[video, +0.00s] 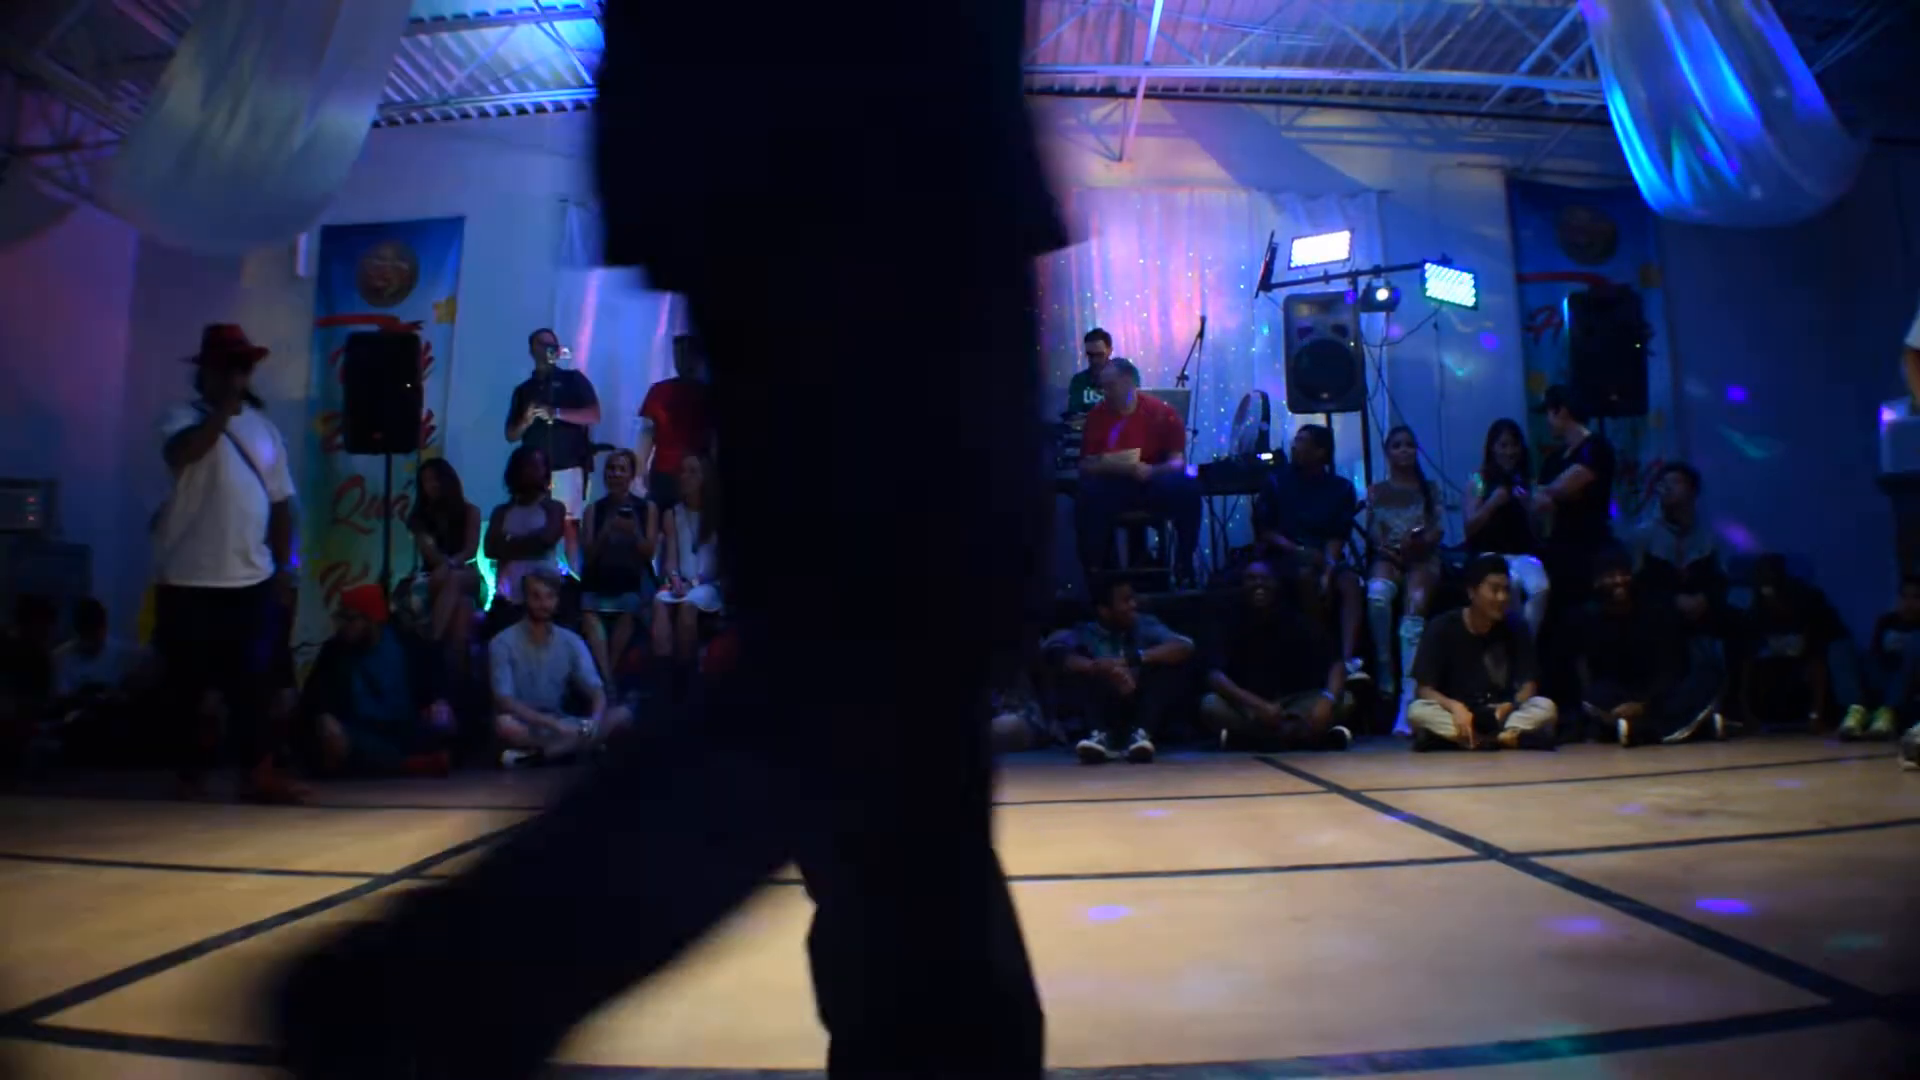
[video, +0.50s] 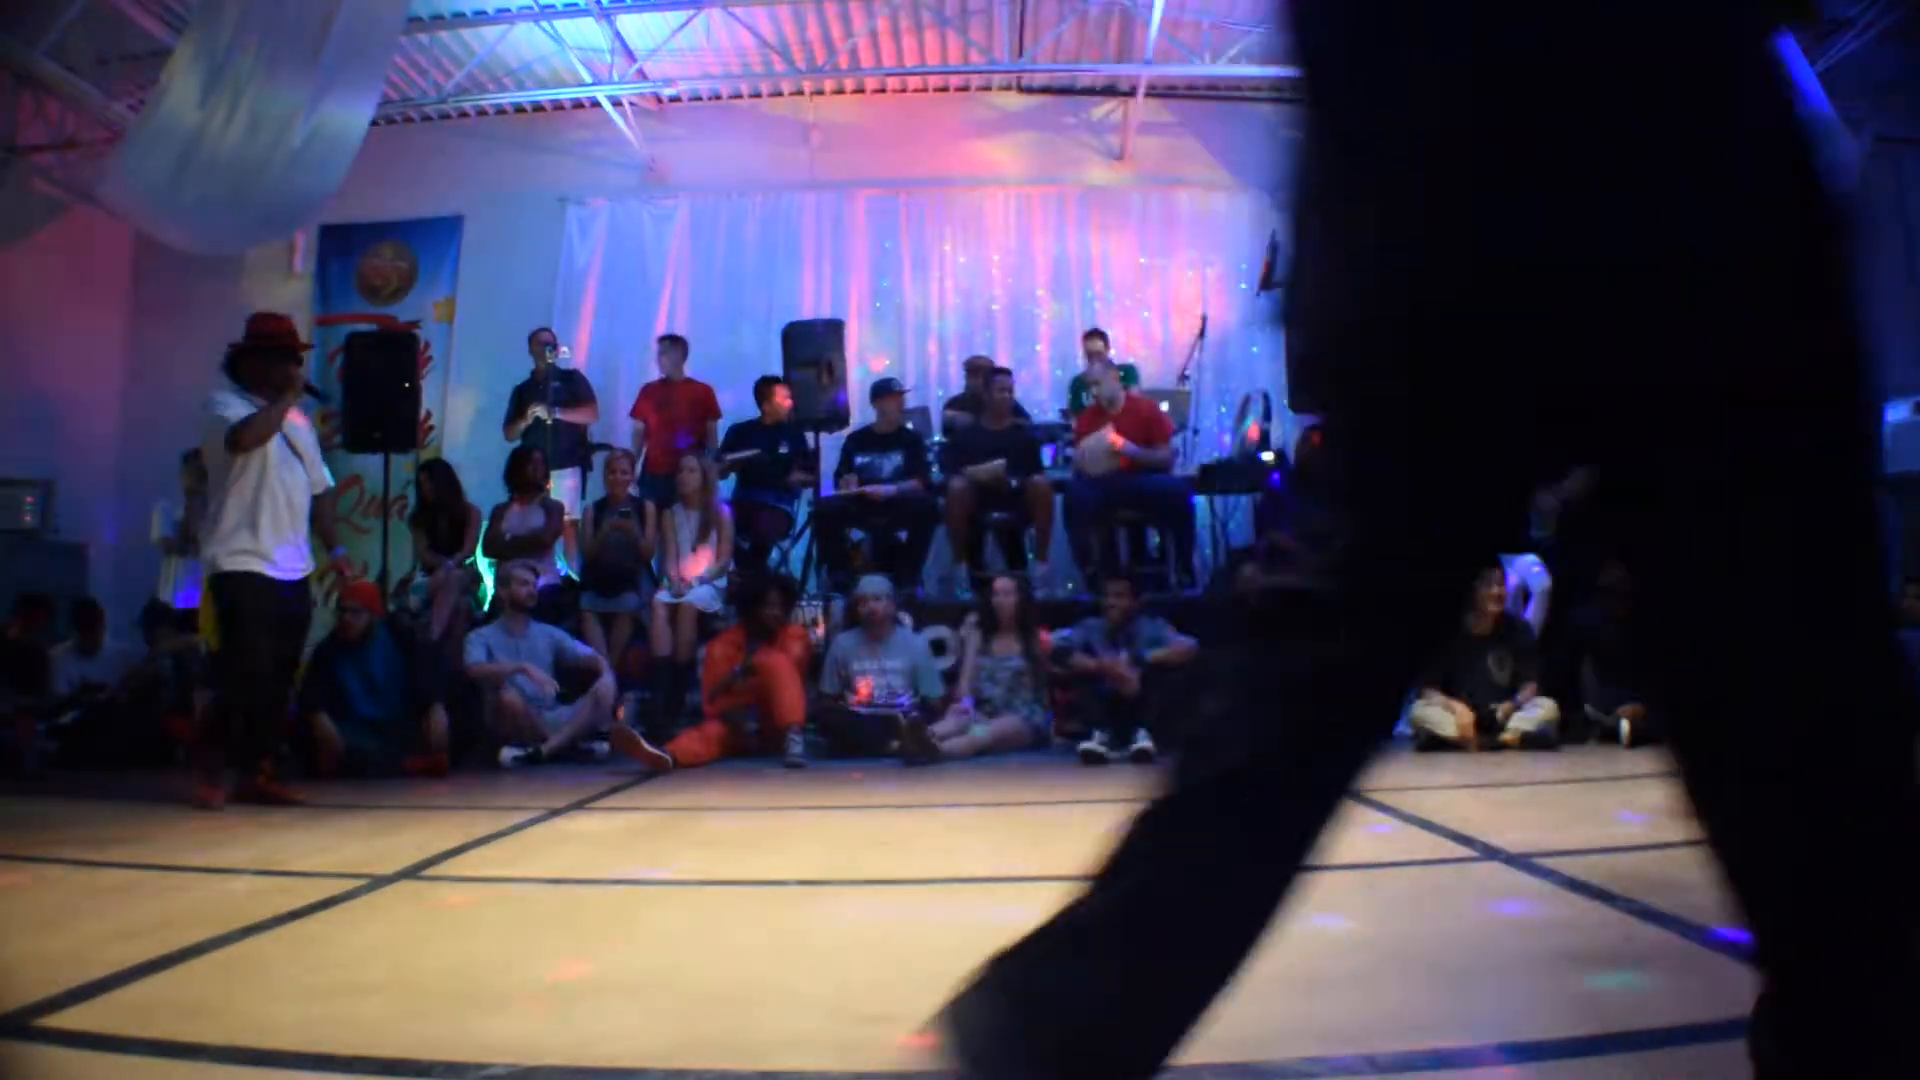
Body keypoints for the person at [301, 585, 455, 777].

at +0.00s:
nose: (342, 625)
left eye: (350, 618)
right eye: (341, 617)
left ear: (372, 619)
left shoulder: (404, 644)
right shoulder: (334, 651)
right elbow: (315, 698)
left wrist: (437, 702)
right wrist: (325, 720)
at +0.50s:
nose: (347, 619)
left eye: (355, 613)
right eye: (343, 612)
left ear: (373, 615)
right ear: (337, 612)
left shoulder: (400, 641)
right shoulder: (328, 650)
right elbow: (311, 696)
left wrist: (435, 709)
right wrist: (321, 720)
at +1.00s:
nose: (353, 622)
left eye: (361, 614)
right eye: (348, 614)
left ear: (377, 617)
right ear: (341, 616)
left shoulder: (400, 647)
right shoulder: (331, 652)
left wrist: (437, 718)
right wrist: (318, 718)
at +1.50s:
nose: (362, 615)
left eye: (370, 608)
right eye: (356, 608)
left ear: (385, 612)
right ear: (349, 611)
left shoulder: (403, 644)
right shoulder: (340, 647)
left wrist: (444, 734)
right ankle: (403, 764)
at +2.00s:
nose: (367, 614)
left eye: (374, 606)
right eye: (360, 607)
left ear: (386, 610)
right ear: (350, 612)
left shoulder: (402, 641)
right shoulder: (339, 645)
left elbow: (425, 684)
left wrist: (441, 727)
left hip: (402, 719)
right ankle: (404, 764)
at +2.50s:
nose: (381, 619)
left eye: (384, 611)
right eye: (372, 612)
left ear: (391, 613)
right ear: (355, 616)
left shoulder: (404, 646)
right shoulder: (334, 652)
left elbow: (426, 690)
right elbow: (315, 700)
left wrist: (441, 728)